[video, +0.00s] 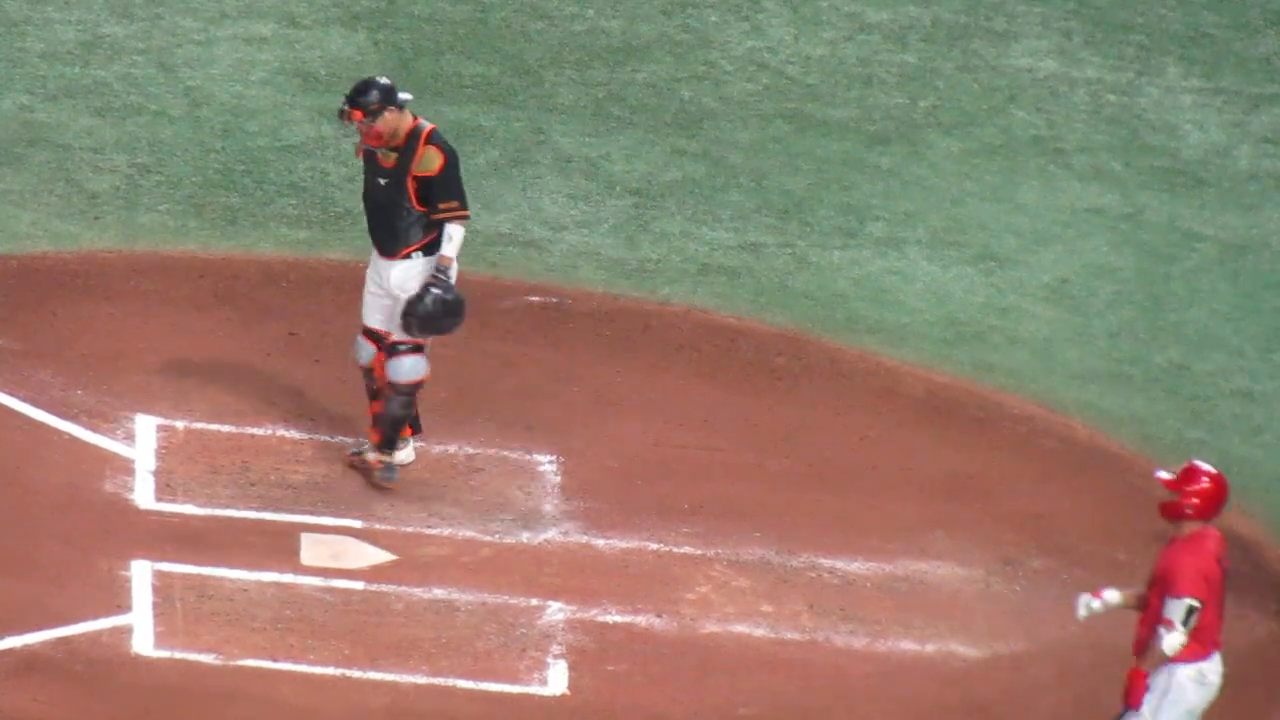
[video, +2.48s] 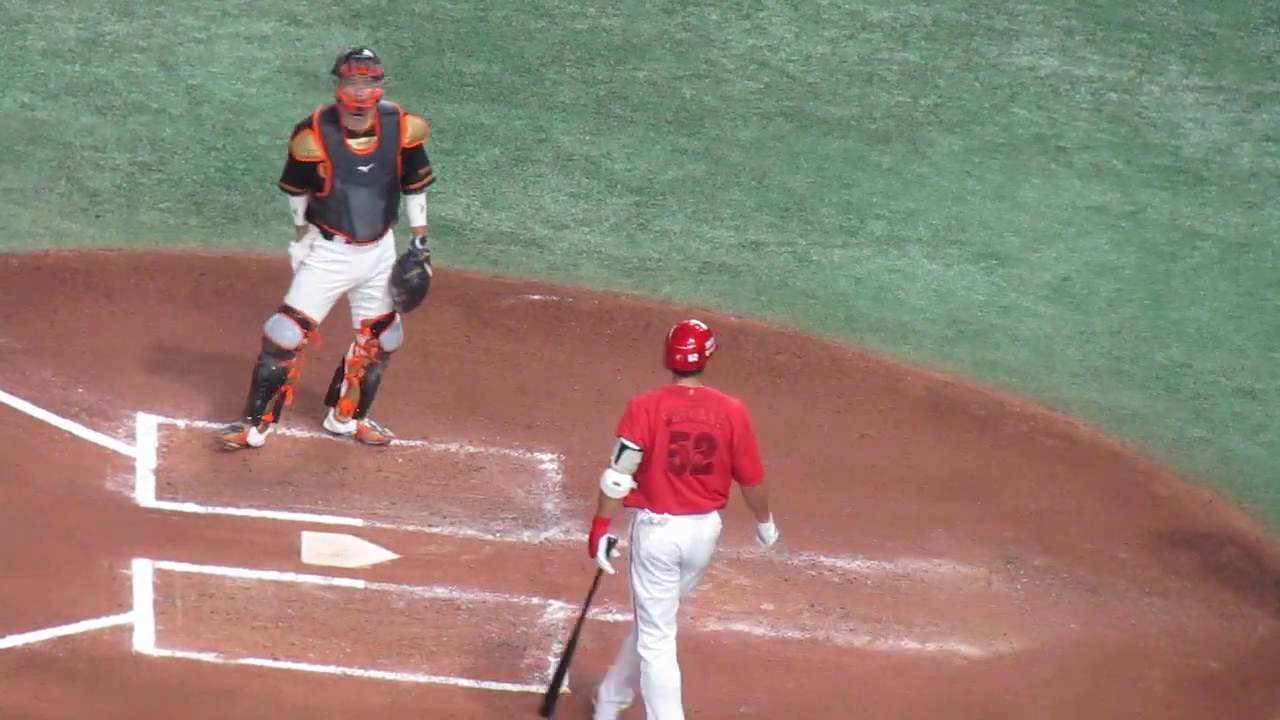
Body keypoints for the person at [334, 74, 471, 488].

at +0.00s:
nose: (364, 131)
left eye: (369, 122)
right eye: (360, 123)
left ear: (390, 113)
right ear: (369, 119)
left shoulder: (431, 149)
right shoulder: (376, 138)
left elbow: (455, 218)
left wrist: (442, 273)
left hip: (419, 265)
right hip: (382, 260)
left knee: (405, 358)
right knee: (370, 351)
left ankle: (394, 446)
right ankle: (392, 437)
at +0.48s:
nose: (279, 147)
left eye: (280, 137)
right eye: (275, 139)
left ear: (302, 127)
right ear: (304, 127)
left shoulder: (328, 167)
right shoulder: (344, 146)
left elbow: (337, 239)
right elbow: (375, 209)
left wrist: (336, 304)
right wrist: (356, 256)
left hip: (337, 282)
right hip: (357, 277)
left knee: (284, 371)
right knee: (351, 365)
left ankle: (257, 472)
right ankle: (396, 439)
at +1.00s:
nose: (198, 151)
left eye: (196, 141)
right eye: (193, 144)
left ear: (212, 128)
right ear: (227, 120)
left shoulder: (236, 161)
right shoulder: (277, 137)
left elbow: (235, 237)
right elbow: (313, 193)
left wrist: (203, 289)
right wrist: (315, 243)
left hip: (277, 275)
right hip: (306, 266)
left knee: (244, 370)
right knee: (269, 364)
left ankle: (247, 471)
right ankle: (273, 460)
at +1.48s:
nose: (211, 98)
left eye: (218, 92)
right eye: (212, 90)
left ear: (240, 98)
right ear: (240, 97)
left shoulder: (259, 142)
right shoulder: (250, 133)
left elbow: (257, 215)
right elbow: (250, 208)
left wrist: (232, 272)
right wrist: (232, 261)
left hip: (267, 266)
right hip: (253, 262)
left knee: (236, 363)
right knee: (218, 350)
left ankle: (249, 469)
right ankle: (247, 430)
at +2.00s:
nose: (235, 75)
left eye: (245, 70)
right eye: (236, 68)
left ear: (268, 79)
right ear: (247, 75)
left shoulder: (297, 129)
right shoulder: (230, 117)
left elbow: (322, 195)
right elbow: (247, 173)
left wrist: (324, 253)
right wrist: (255, 221)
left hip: (291, 246)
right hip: (248, 242)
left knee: (295, 338)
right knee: (236, 333)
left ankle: (314, 411)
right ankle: (247, 423)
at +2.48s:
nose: (361, 92)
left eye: (370, 83)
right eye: (352, 83)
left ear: (381, 86)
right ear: (338, 86)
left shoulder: (403, 129)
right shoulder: (313, 136)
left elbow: (416, 191)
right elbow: (296, 194)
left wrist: (419, 247)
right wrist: (303, 239)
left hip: (380, 251)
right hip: (327, 252)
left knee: (380, 337)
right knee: (285, 333)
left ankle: (345, 415)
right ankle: (256, 424)